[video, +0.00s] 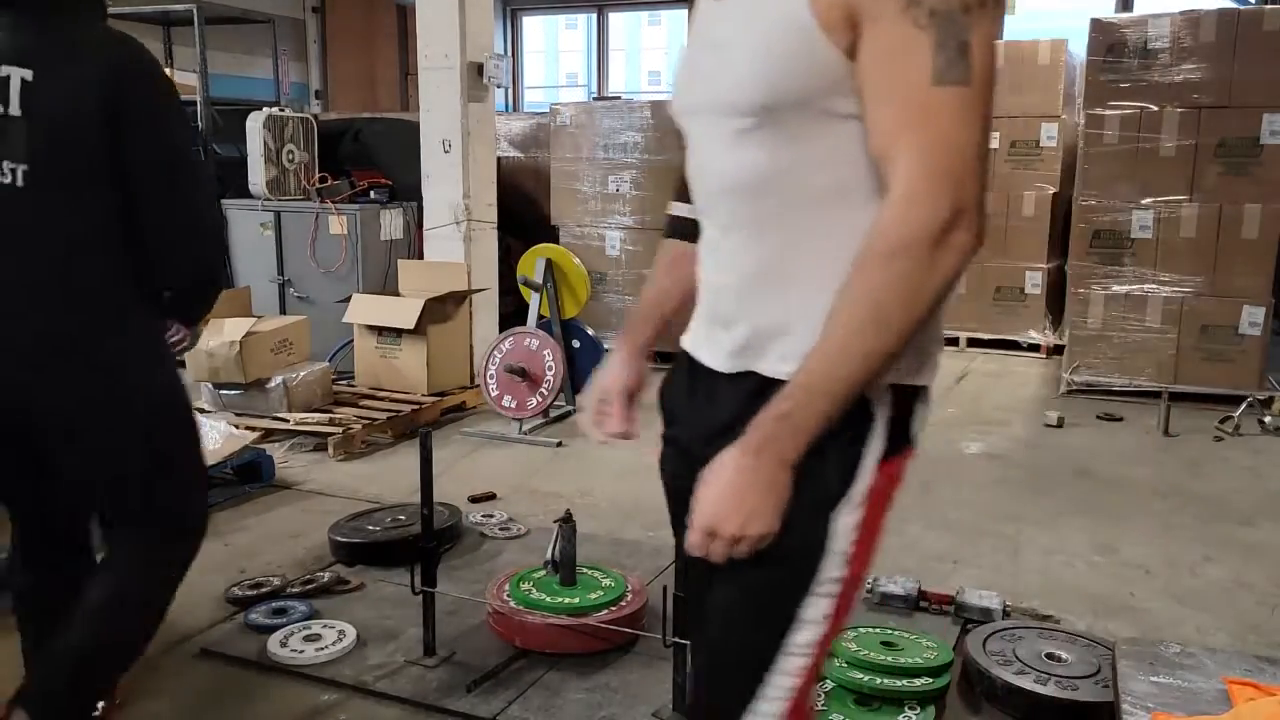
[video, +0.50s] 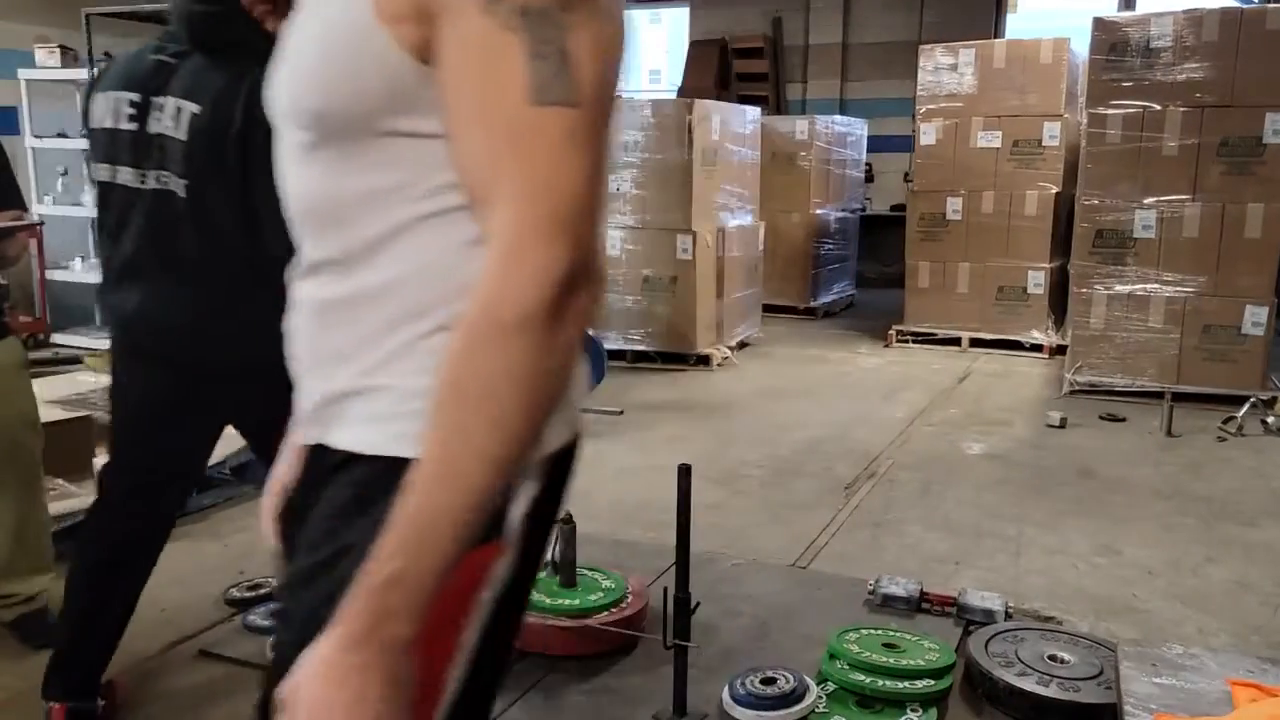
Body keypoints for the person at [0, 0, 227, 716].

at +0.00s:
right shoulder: (114, 63)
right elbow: (180, 201)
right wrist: (186, 299)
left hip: (11, 343)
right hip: (94, 340)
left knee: (43, 526)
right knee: (167, 508)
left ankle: (60, 696)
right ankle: (57, 695)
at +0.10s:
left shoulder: (5, 47)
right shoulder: (127, 54)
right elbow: (192, 181)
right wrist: (208, 284)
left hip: (19, 334)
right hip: (124, 327)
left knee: (50, 540)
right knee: (212, 471)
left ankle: (58, 705)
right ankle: (124, 664)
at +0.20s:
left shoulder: (23, 49)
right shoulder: (150, 56)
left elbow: (25, 195)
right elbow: (200, 184)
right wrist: (232, 280)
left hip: (44, 317)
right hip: (150, 315)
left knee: (65, 514)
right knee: (244, 445)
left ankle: (61, 697)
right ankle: (222, 619)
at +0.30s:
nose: (207, 8)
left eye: (208, 3)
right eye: (204, 1)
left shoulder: (23, 55)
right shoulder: (177, 64)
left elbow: (18, 203)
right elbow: (224, 192)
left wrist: (41, 296)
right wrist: (257, 283)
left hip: (72, 319)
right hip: (179, 315)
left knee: (83, 510)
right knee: (261, 447)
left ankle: (62, 696)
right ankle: (306, 574)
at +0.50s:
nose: (287, 24)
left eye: (289, 14)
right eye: (285, 12)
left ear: (189, 7)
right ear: (258, 9)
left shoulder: (114, 81)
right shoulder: (258, 88)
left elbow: (114, 214)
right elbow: (288, 228)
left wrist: (135, 303)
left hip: (149, 340)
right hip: (254, 340)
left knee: (127, 512)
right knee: (326, 492)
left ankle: (69, 689)